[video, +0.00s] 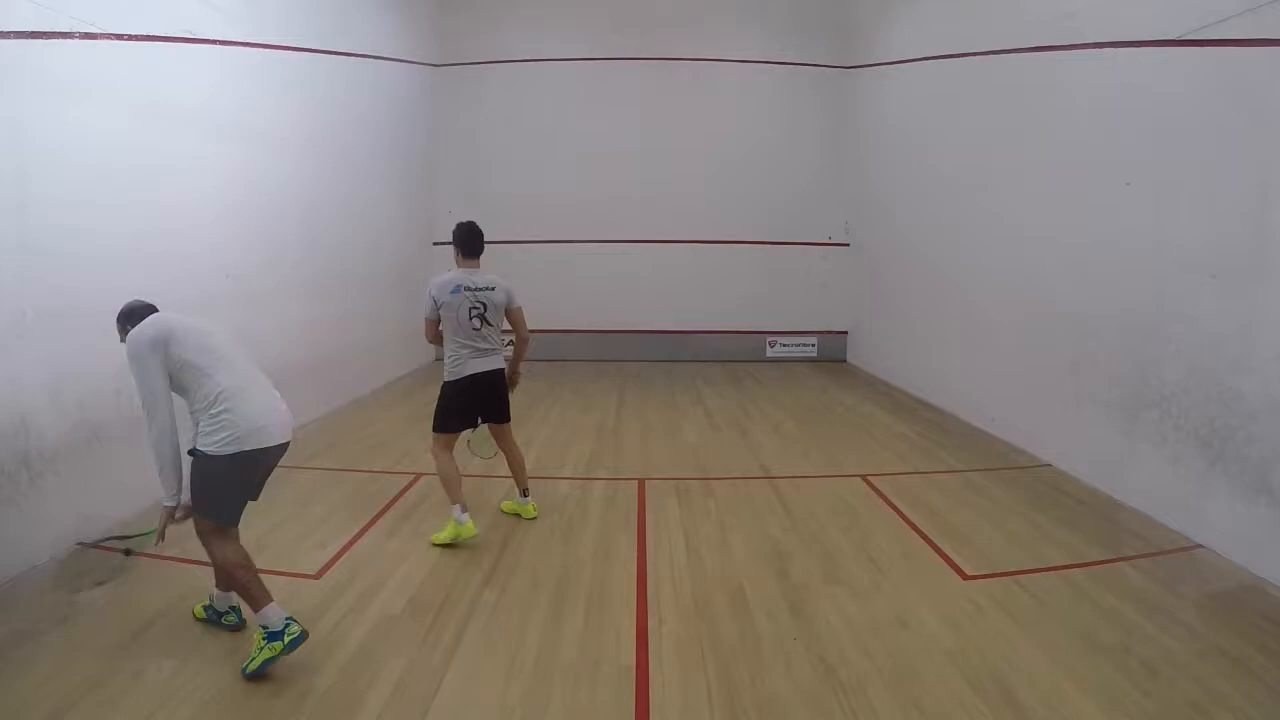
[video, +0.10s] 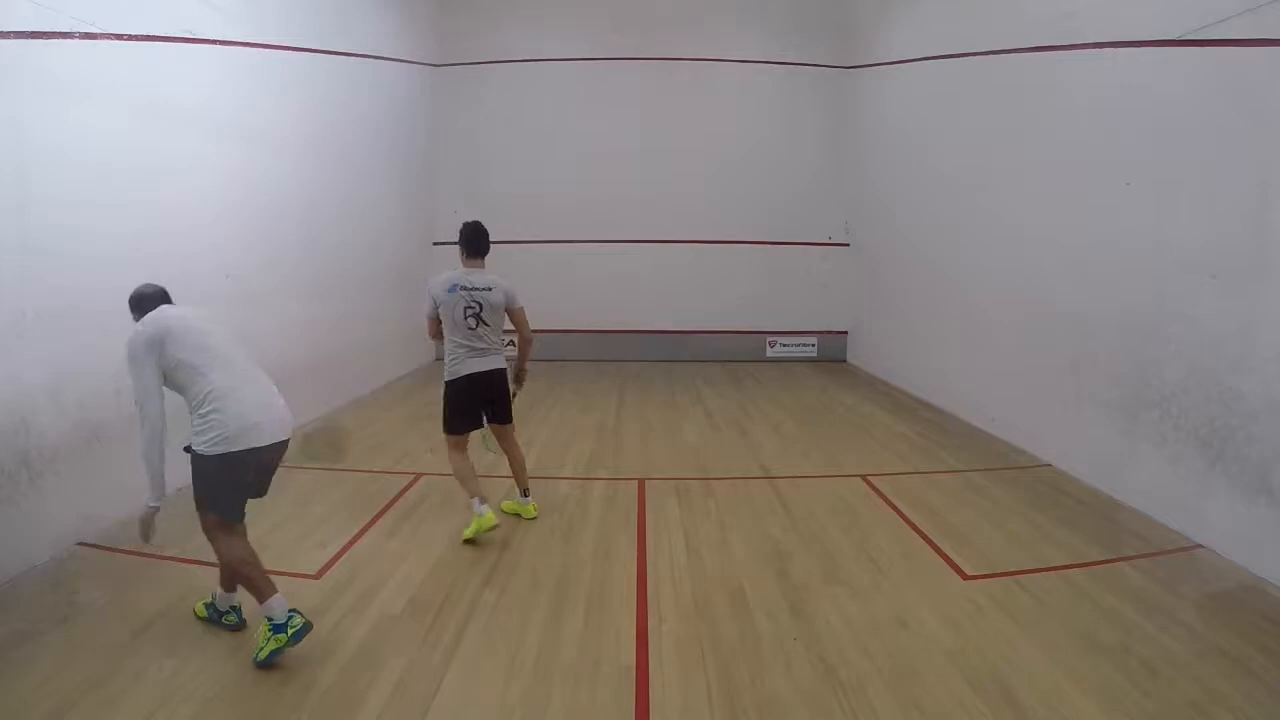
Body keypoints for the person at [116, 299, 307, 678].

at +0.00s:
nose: (126, 346)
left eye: (124, 340)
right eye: (123, 342)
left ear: (128, 329)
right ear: (155, 313)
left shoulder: (142, 338)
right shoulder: (191, 329)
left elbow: (160, 424)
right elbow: (207, 420)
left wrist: (170, 499)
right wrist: (193, 495)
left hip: (230, 439)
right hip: (274, 428)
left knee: (213, 530)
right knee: (218, 521)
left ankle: (277, 626)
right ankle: (224, 605)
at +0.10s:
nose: (135, 323)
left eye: (133, 318)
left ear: (136, 314)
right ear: (169, 302)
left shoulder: (144, 335)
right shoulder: (202, 319)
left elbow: (152, 421)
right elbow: (235, 378)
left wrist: (154, 498)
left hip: (225, 438)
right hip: (274, 428)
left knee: (219, 527)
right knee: (230, 517)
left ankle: (282, 617)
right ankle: (225, 604)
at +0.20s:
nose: (154, 296)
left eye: (153, 292)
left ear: (156, 293)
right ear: (195, 280)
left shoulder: (152, 330)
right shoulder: (232, 304)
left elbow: (144, 415)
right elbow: (286, 346)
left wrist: (138, 491)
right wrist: (320, 387)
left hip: (219, 444)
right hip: (274, 434)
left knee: (225, 533)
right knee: (236, 516)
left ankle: (287, 620)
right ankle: (227, 604)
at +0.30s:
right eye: (215, 262)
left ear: (176, 276)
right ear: (216, 265)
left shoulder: (164, 320)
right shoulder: (254, 292)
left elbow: (145, 405)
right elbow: (319, 310)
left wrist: (142, 473)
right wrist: (345, 362)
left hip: (222, 449)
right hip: (277, 440)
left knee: (230, 539)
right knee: (244, 519)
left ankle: (288, 637)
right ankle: (228, 603)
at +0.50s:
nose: (250, 246)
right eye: (250, 238)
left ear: (206, 250)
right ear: (248, 241)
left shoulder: (190, 300)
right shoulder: (280, 281)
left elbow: (169, 385)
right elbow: (329, 335)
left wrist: (171, 428)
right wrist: (369, 397)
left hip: (246, 444)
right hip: (305, 435)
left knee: (257, 549)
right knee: (274, 517)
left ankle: (301, 650)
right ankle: (254, 595)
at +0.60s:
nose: (272, 231)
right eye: (271, 224)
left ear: (225, 235)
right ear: (268, 228)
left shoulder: (206, 286)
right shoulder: (301, 271)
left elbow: (184, 372)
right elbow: (332, 344)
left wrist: (187, 432)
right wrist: (358, 407)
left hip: (264, 430)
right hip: (320, 422)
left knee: (268, 537)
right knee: (298, 503)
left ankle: (299, 649)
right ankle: (301, 600)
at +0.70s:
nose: (296, 228)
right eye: (296, 220)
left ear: (250, 230)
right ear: (294, 224)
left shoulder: (226, 280)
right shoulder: (325, 272)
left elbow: (204, 362)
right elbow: (354, 346)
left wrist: (203, 436)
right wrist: (380, 412)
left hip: (280, 431)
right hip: (339, 423)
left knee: (276, 535)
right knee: (328, 497)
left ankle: (300, 647)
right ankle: (373, 594)